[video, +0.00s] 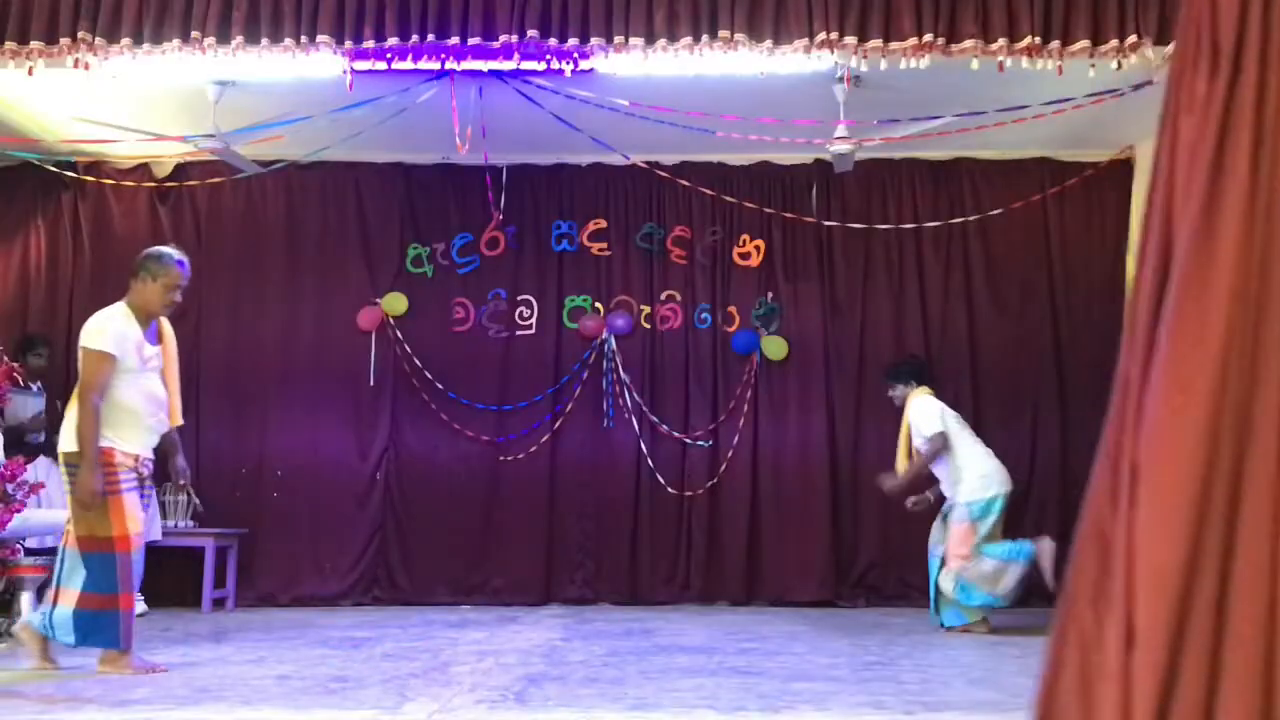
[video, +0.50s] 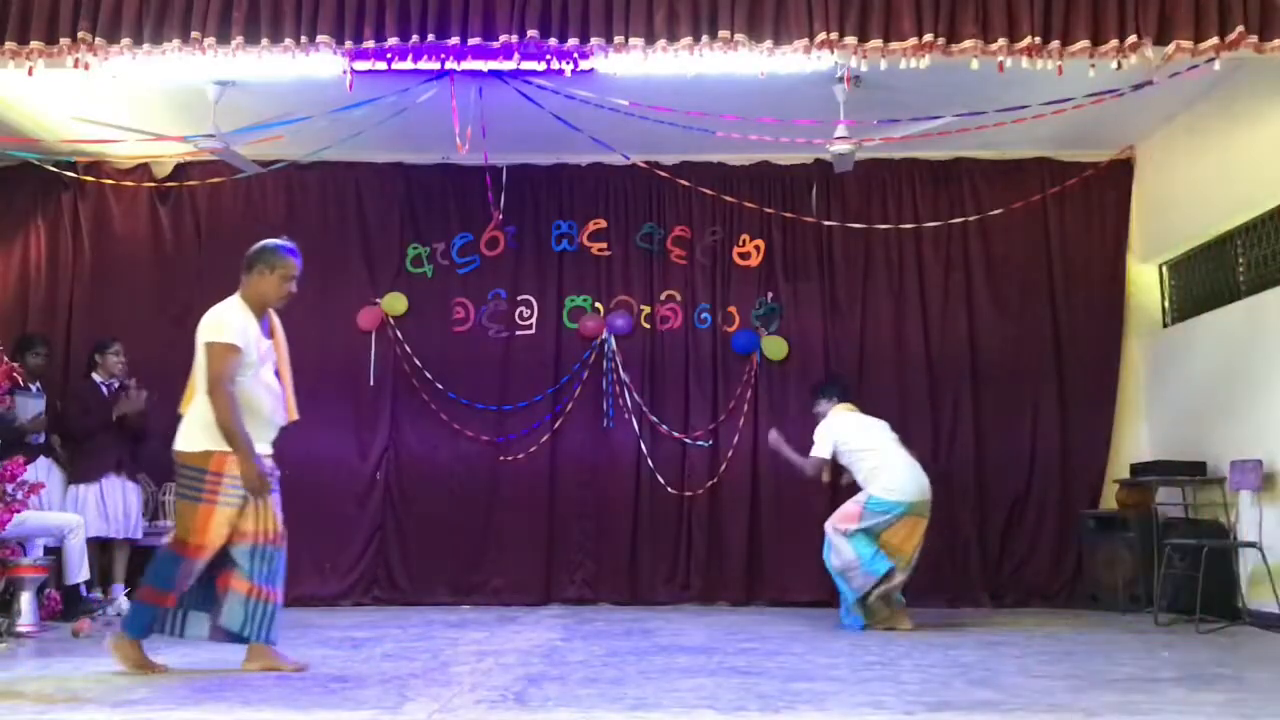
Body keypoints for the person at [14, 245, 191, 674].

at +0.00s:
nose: (177, 299)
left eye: (181, 290)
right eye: (172, 288)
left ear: (167, 289)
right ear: (142, 281)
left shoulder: (152, 331)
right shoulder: (108, 325)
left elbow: (154, 400)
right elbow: (88, 397)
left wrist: (174, 453)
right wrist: (88, 465)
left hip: (131, 455)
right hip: (99, 452)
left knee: (105, 549)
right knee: (125, 545)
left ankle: (39, 626)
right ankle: (117, 653)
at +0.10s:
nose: (199, 301)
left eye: (203, 293)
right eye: (192, 291)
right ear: (163, 283)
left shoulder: (173, 334)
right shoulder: (129, 327)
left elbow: (165, 406)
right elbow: (112, 399)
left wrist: (162, 462)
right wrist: (120, 466)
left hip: (152, 456)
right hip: (114, 453)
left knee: (171, 543)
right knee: (133, 543)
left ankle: (121, 639)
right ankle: (115, 653)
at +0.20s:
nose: (223, 296)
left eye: (227, 288)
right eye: (217, 284)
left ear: (218, 286)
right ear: (188, 275)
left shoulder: (192, 326)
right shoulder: (153, 318)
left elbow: (185, 393)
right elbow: (135, 387)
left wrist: (180, 451)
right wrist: (158, 456)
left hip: (172, 448)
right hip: (130, 448)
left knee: (196, 532)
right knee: (128, 542)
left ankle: (158, 633)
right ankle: (112, 648)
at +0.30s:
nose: (246, 289)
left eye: (251, 281)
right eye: (240, 278)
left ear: (241, 280)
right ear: (210, 270)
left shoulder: (217, 321)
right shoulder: (178, 313)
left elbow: (207, 386)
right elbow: (161, 382)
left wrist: (205, 446)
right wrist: (195, 449)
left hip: (197, 446)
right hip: (156, 443)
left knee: (217, 532)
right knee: (135, 538)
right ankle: (113, 644)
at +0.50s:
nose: (293, 289)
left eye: (295, 280)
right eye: (287, 278)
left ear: (269, 279)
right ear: (258, 274)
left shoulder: (261, 324)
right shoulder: (227, 319)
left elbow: (253, 392)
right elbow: (218, 390)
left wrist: (263, 452)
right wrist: (247, 459)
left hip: (253, 452)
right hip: (213, 451)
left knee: (266, 544)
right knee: (194, 544)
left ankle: (261, 646)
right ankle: (128, 636)